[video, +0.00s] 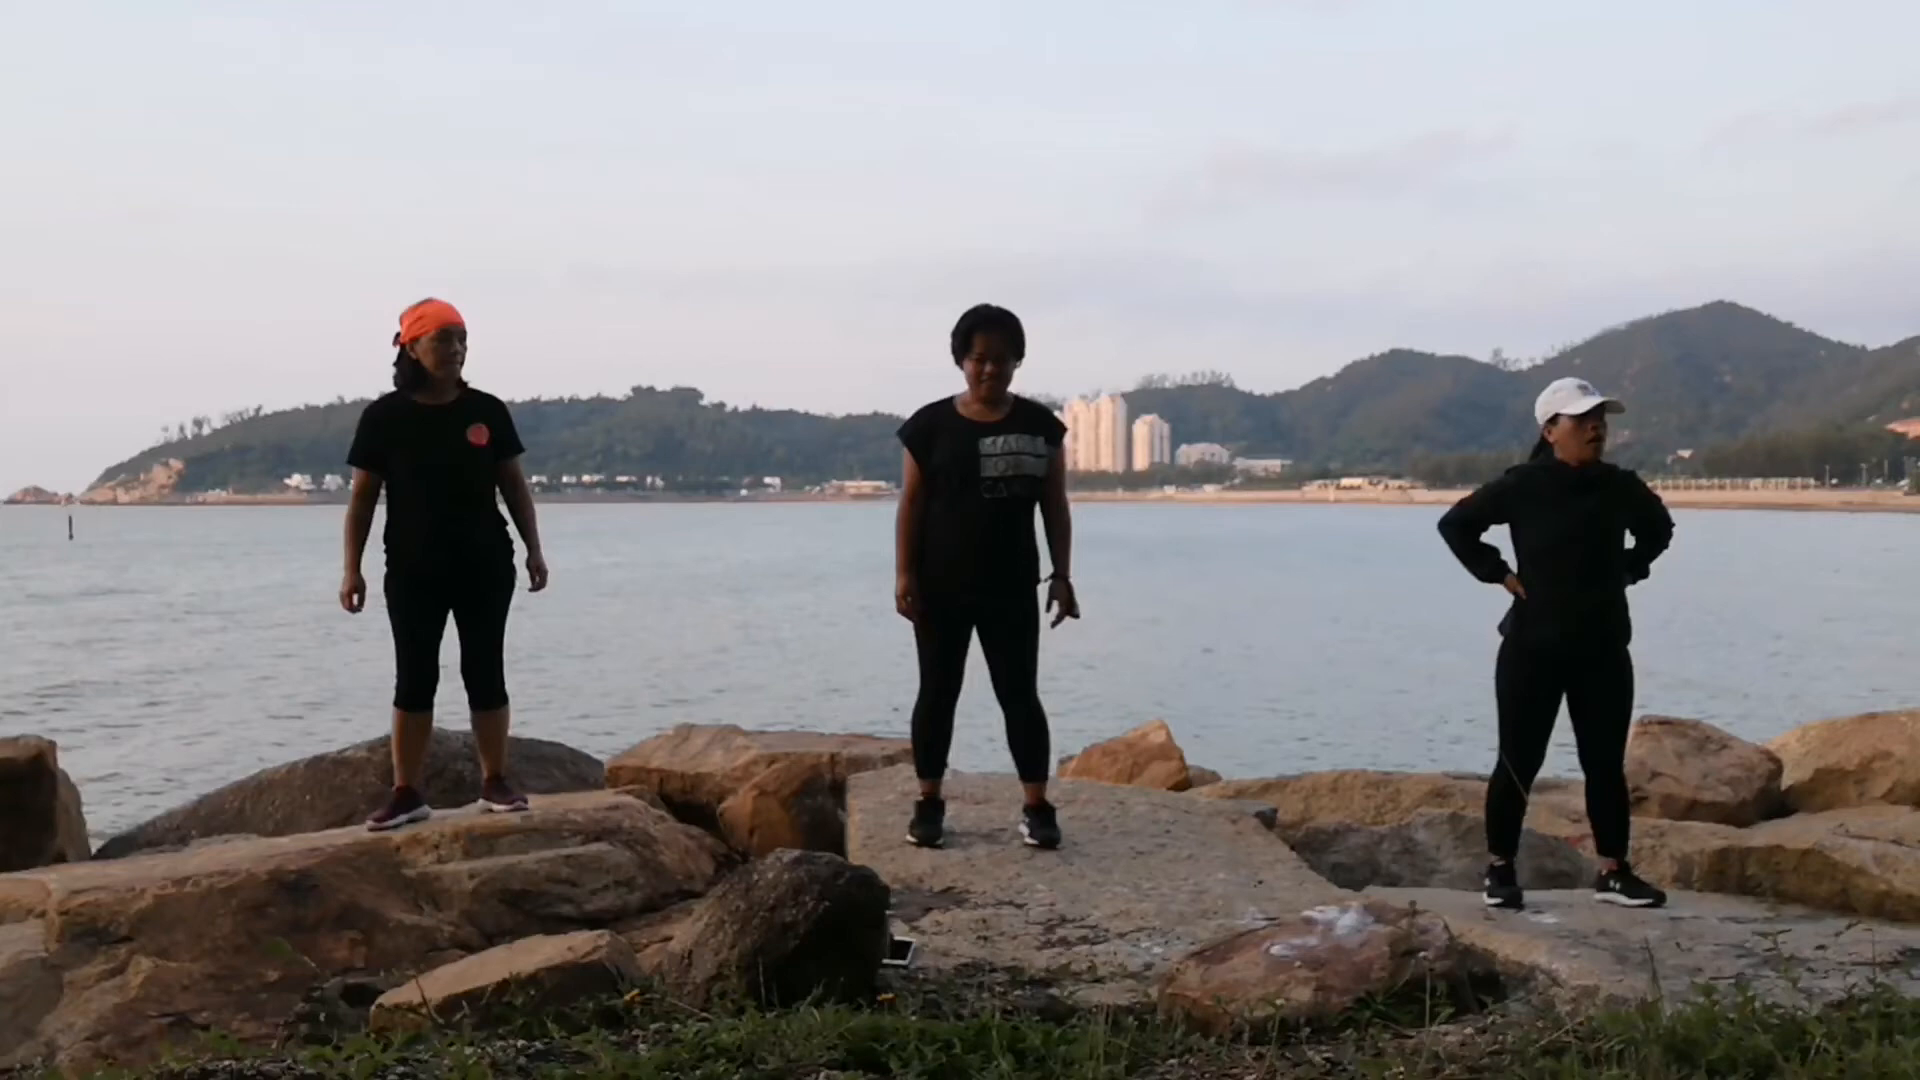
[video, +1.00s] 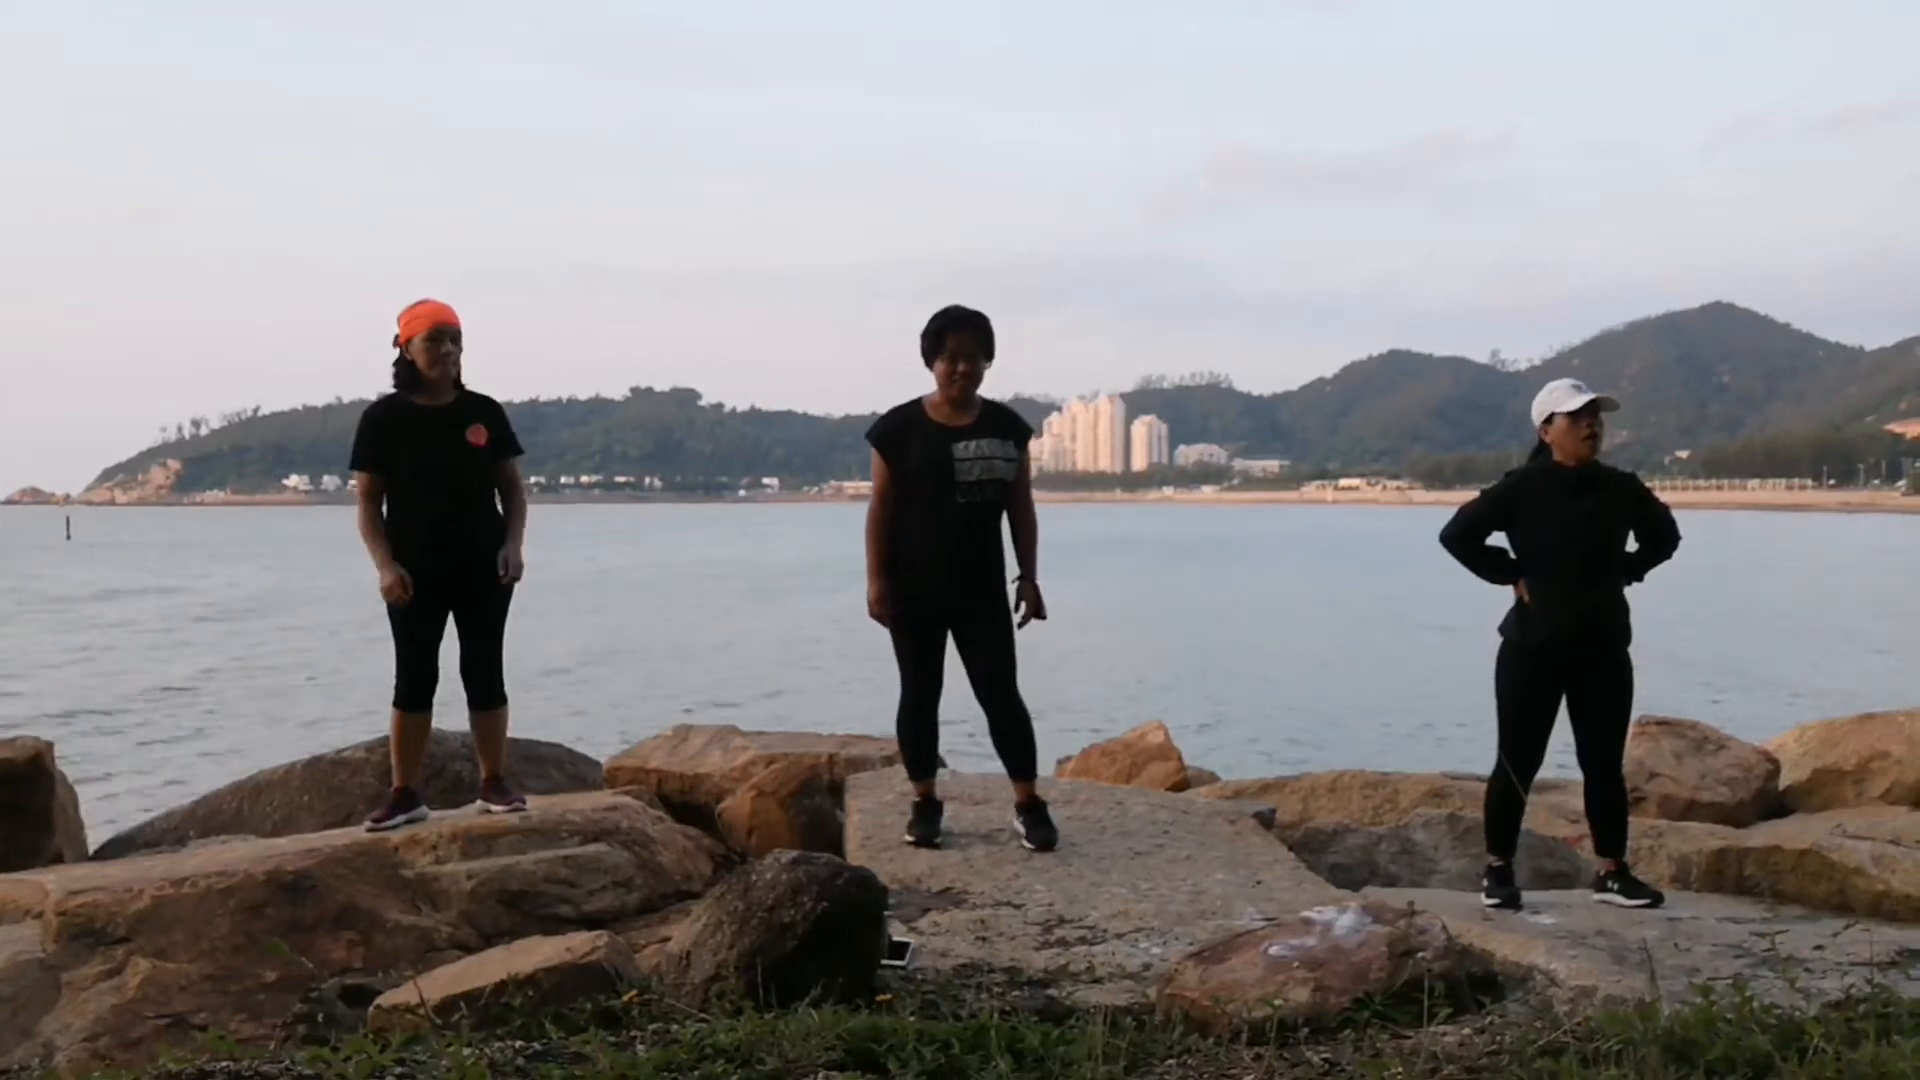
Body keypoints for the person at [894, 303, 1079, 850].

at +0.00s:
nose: (989, 369)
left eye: (1001, 359)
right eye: (979, 358)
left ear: (1016, 363)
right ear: (961, 360)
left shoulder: (1041, 426)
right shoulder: (928, 425)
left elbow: (1055, 505)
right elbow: (910, 503)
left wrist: (1061, 575)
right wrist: (904, 574)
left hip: (1011, 585)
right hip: (942, 586)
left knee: (1020, 697)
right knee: (936, 694)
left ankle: (1038, 804)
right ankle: (929, 800)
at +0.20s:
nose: (987, 369)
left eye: (999, 359)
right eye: (976, 358)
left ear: (1013, 362)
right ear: (959, 360)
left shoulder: (1038, 426)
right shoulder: (925, 426)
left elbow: (1052, 505)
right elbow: (908, 504)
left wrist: (1059, 575)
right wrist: (901, 575)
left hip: (1008, 585)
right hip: (939, 586)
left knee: (1019, 697)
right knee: (935, 694)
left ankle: (1037, 804)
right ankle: (928, 800)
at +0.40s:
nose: (981, 368)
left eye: (993, 358)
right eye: (971, 357)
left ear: (1008, 362)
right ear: (953, 359)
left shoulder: (1032, 426)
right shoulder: (920, 426)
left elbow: (1047, 505)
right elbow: (903, 504)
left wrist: (1053, 576)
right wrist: (896, 575)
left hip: (1003, 585)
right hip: (934, 586)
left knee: (1016, 698)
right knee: (932, 695)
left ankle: (1036, 804)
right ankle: (928, 800)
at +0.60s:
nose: (976, 369)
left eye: (988, 359)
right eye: (965, 358)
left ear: (1003, 363)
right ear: (948, 360)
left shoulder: (1026, 427)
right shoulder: (914, 427)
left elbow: (1040, 506)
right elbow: (897, 504)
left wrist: (1047, 577)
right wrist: (890, 574)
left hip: (997, 586)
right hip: (928, 587)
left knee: (1012, 697)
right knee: (928, 695)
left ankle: (1035, 804)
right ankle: (927, 801)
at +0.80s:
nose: (968, 369)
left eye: (980, 359)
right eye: (958, 357)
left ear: (994, 363)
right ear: (940, 360)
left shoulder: (1017, 428)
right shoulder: (906, 428)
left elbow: (1030, 507)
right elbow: (888, 505)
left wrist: (1036, 578)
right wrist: (881, 574)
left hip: (988, 586)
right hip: (920, 588)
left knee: (1008, 698)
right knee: (922, 696)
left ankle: (1034, 804)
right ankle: (926, 801)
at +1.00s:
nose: (962, 369)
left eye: (973, 360)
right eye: (951, 359)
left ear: (986, 364)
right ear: (931, 361)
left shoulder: (1007, 427)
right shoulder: (897, 429)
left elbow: (1021, 506)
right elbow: (880, 509)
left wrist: (1028, 576)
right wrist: (875, 579)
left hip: (981, 586)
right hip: (914, 588)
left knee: (1002, 697)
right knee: (918, 697)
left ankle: (1029, 802)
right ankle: (924, 802)